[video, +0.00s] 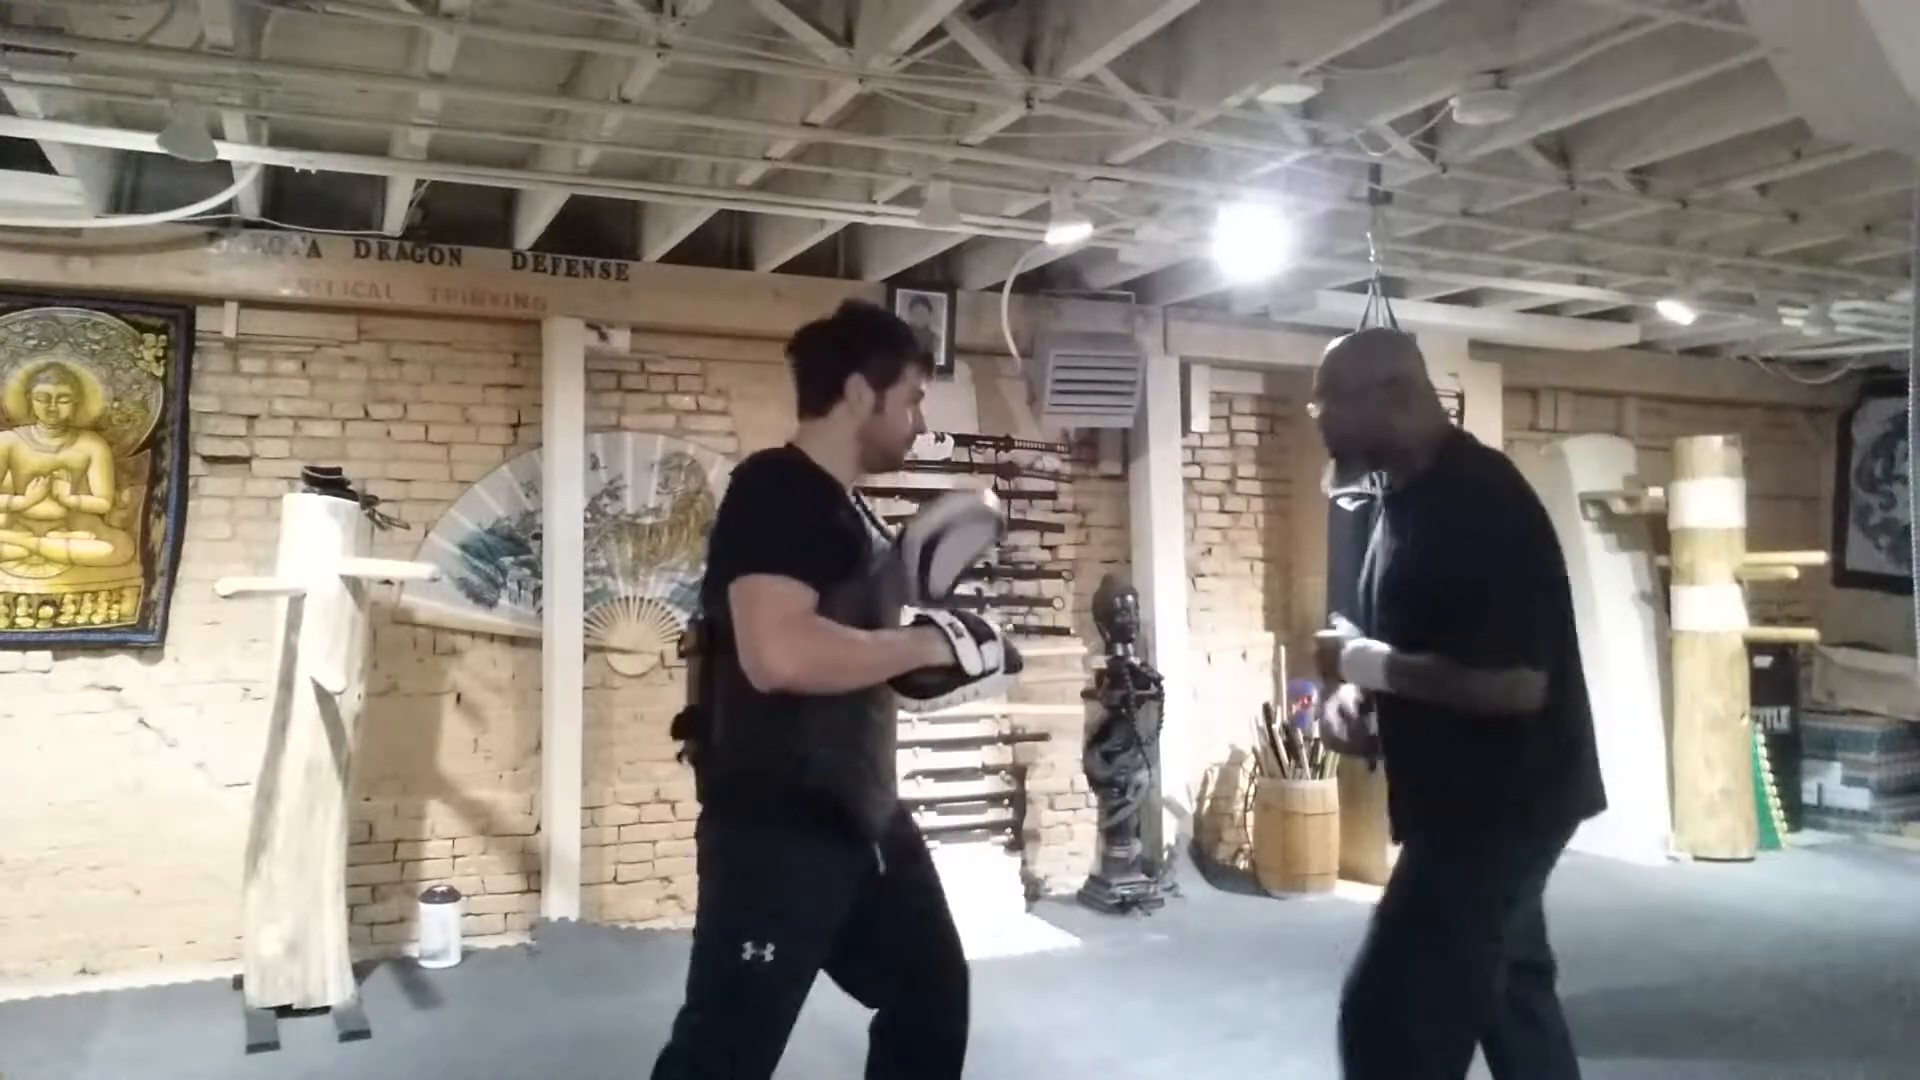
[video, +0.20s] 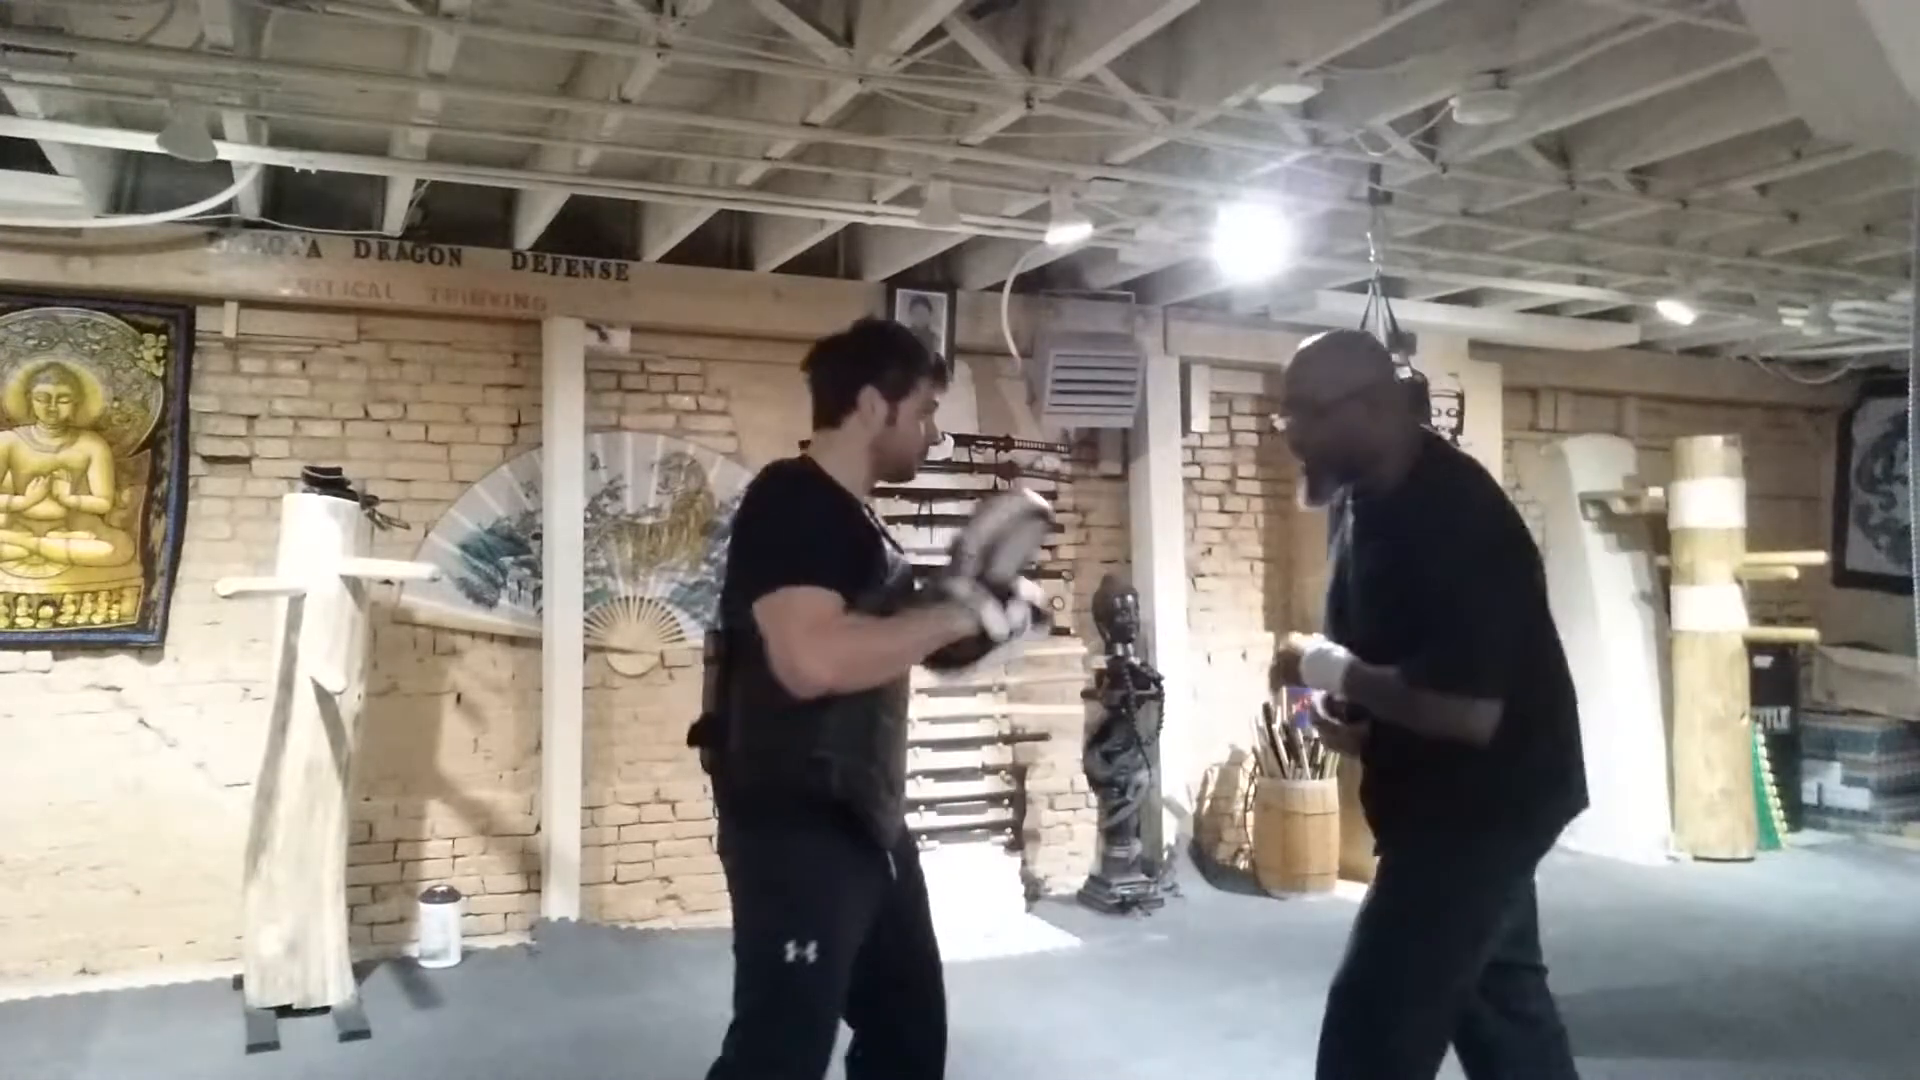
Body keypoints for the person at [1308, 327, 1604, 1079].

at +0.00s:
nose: (1320, 423)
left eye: (1329, 404)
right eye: (1319, 406)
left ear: (1391, 396)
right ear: (1394, 399)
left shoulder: (1482, 495)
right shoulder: (1406, 500)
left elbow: (1517, 681)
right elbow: (1425, 647)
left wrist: (1366, 665)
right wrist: (1359, 697)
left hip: (1504, 805)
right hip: (1457, 798)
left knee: (1390, 1022)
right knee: (1517, 1004)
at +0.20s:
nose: (1289, 433)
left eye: (1305, 411)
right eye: (1287, 413)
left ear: (1372, 407)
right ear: (1370, 411)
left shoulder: (1454, 509)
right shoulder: (1366, 503)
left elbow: (1473, 713)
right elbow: (1378, 653)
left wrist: (1337, 673)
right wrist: (1345, 705)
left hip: (1488, 804)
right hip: (1430, 794)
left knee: (1369, 1038)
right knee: (1508, 1021)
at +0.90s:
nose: (1350, 405)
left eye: (1361, 385)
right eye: (1348, 388)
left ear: (1428, 375)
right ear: (1423, 380)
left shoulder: (1526, 486)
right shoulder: (1417, 490)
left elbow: (1572, 657)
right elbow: (1432, 637)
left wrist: (1392, 636)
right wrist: (1359, 677)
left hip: (1497, 798)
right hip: (1440, 789)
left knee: (1389, 1028)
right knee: (1514, 1017)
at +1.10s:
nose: (1360, 407)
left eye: (1370, 386)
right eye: (1357, 390)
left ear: (1439, 376)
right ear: (1437, 380)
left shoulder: (1513, 476)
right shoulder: (1446, 476)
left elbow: (1570, 646)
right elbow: (1452, 606)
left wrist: (1419, 649)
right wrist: (1379, 614)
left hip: (1500, 793)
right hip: (1464, 783)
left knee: (1390, 1021)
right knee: (1516, 1013)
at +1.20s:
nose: (1356, 409)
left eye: (1365, 389)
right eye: (1353, 392)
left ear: (1432, 378)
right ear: (1433, 381)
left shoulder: (1505, 476)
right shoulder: (1455, 475)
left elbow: (1530, 652)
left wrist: (1393, 623)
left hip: (1493, 798)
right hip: (1478, 788)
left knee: (1381, 1026)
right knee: (1521, 1016)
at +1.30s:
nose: (1342, 401)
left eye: (1357, 383)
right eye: (1342, 385)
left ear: (1426, 378)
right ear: (1427, 382)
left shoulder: (1493, 475)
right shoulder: (1448, 475)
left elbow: (1491, 657)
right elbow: (1459, 630)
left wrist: (1342, 583)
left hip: (1491, 800)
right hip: (1478, 790)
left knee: (1388, 1039)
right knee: (1526, 1026)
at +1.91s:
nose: (1319, 410)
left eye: (1333, 392)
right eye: (1322, 393)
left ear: (1396, 391)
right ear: (1402, 394)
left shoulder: (1463, 481)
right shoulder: (1414, 494)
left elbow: (1476, 630)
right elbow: (1410, 652)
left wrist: (1355, 552)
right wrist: (1321, 622)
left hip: (1447, 794)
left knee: (1290, 988)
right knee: (1430, 980)